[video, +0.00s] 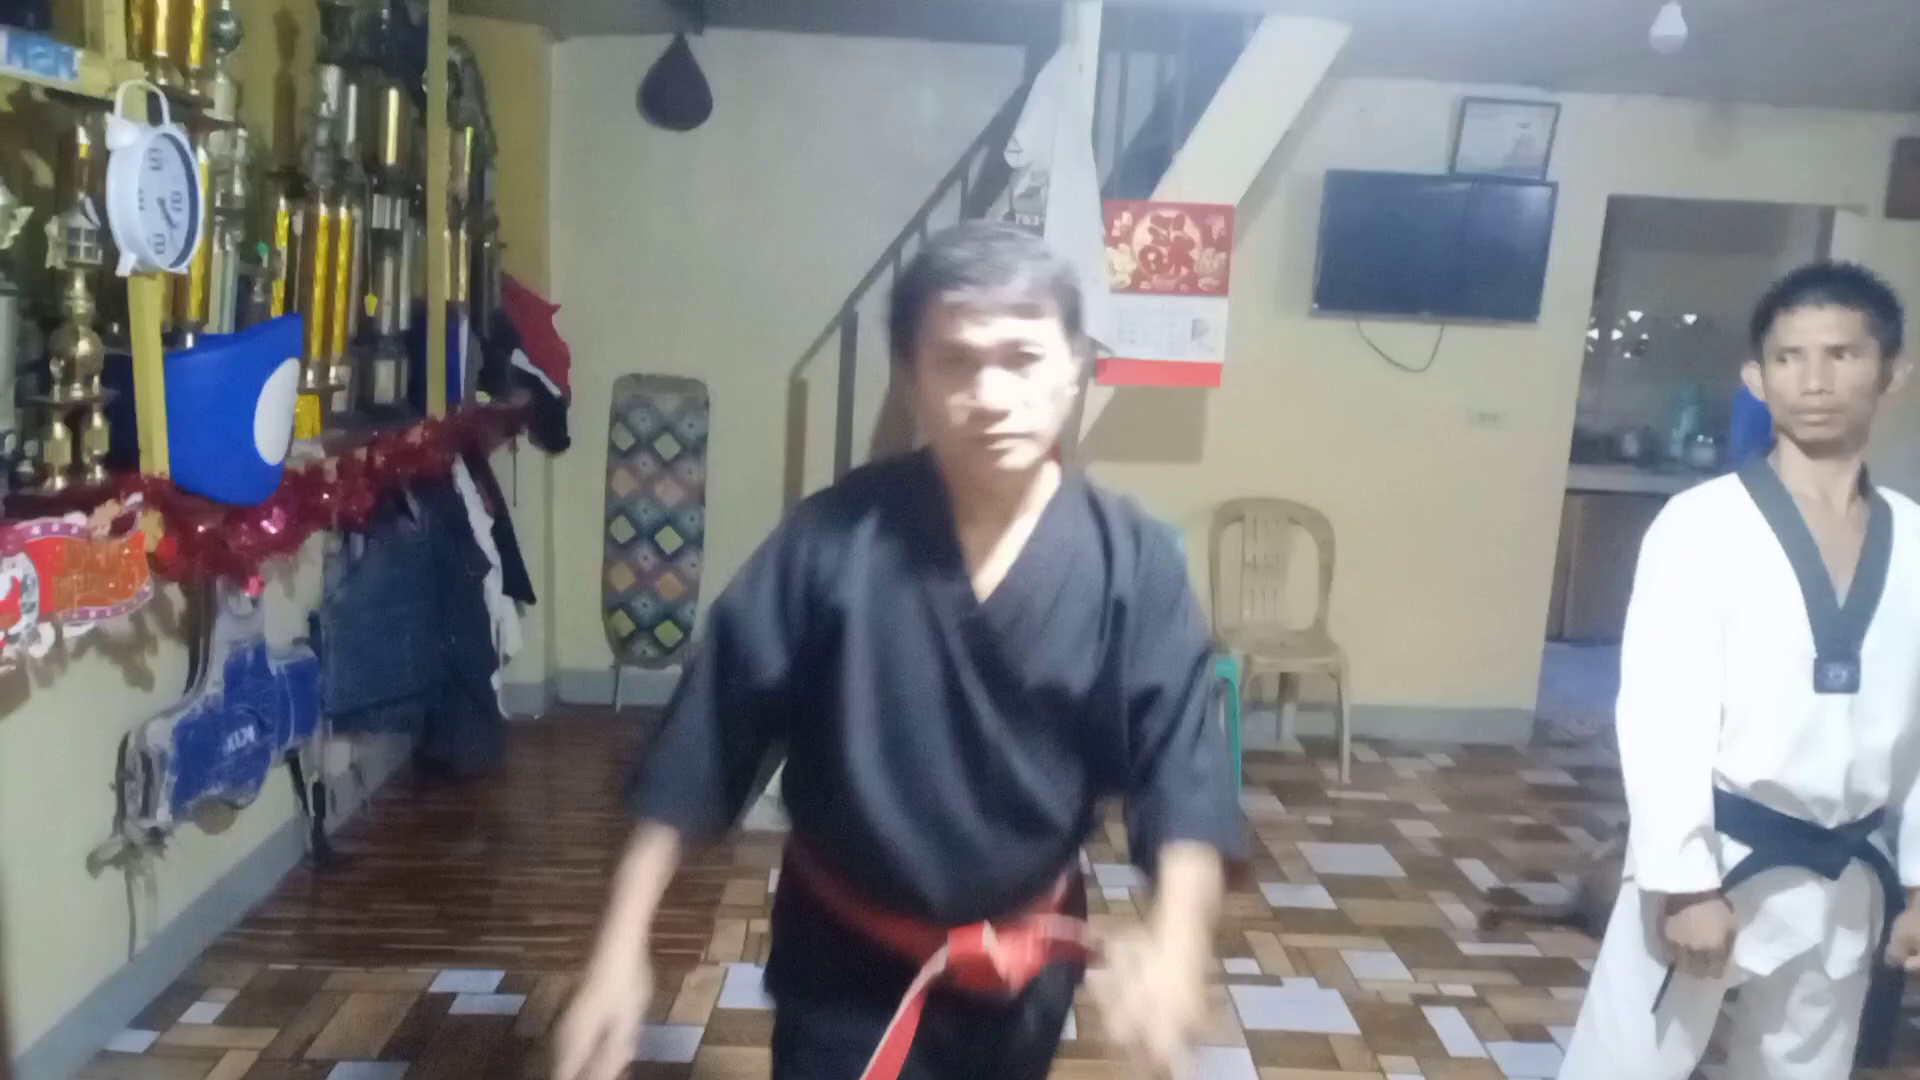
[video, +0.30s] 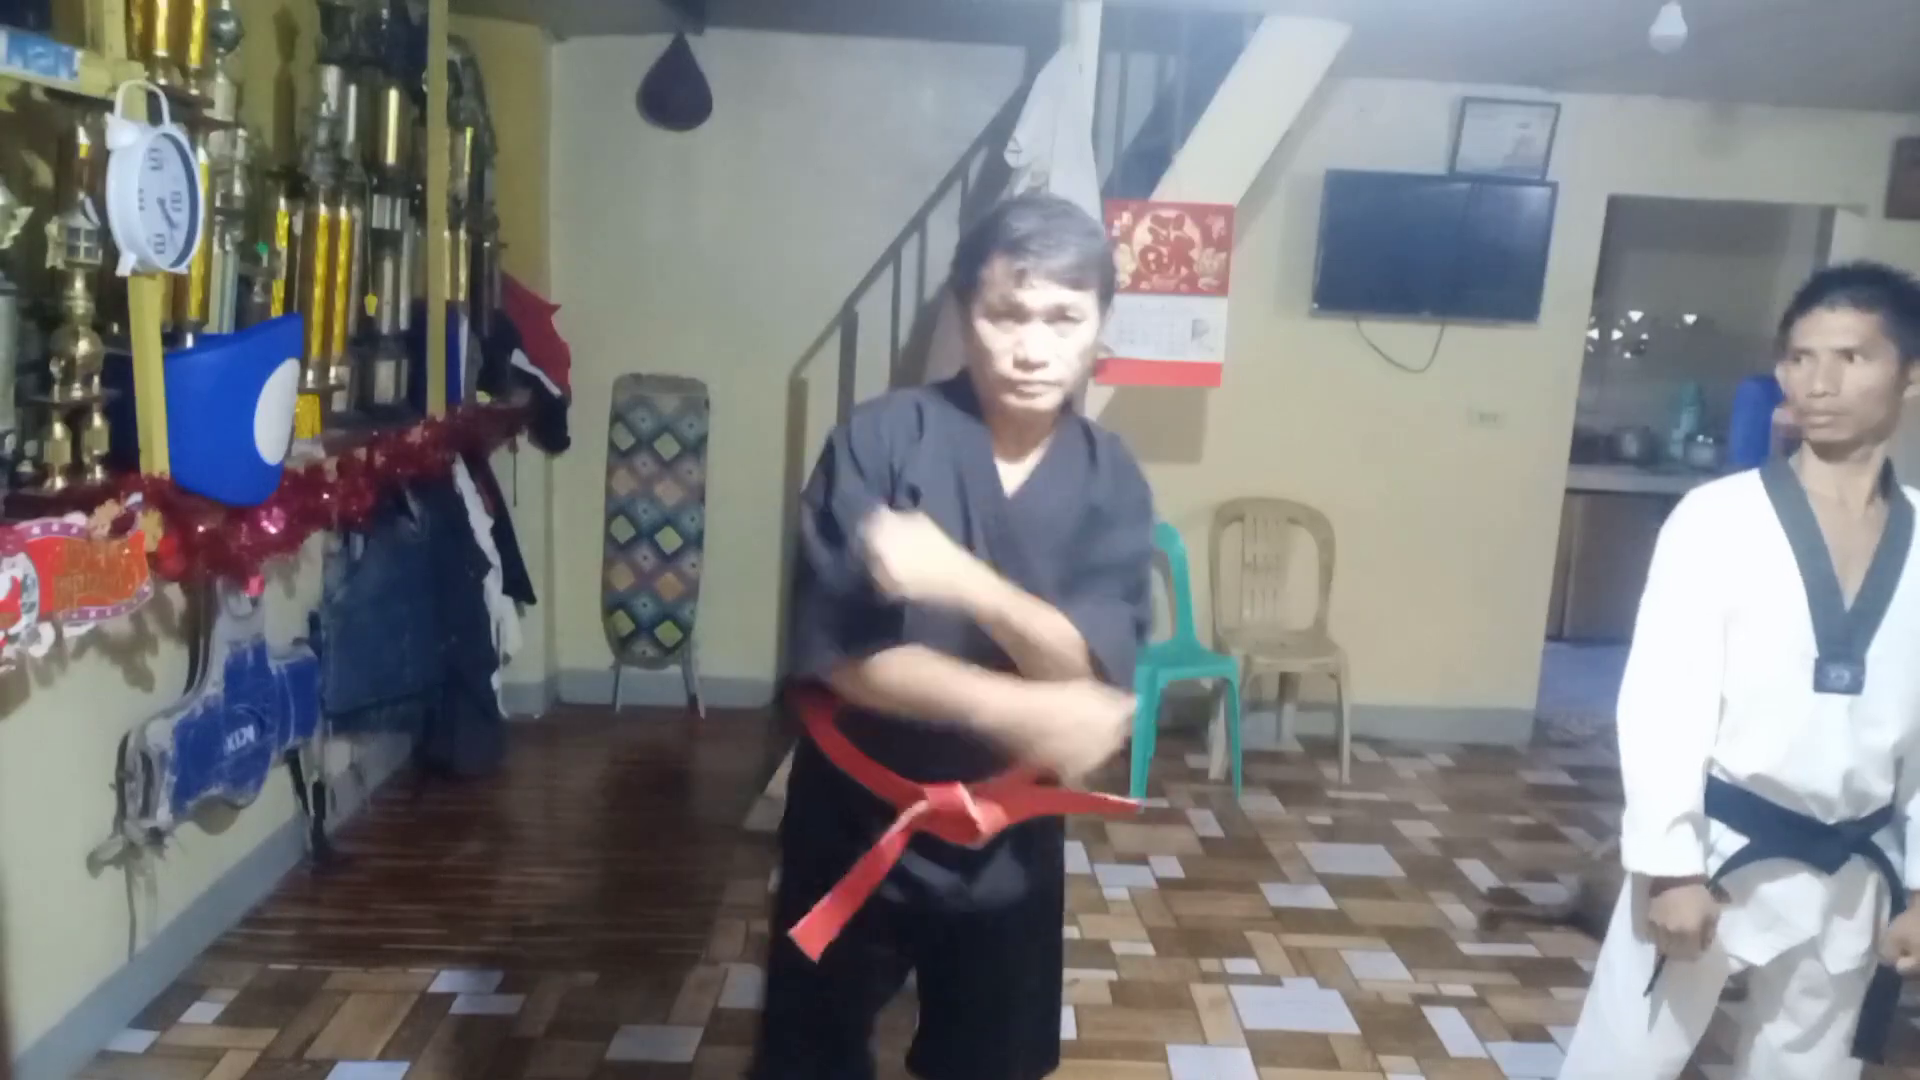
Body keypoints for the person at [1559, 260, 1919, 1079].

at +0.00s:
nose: (1814, 379)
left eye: (1842, 353)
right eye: (1789, 356)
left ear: (1889, 377)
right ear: (1756, 378)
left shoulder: (1913, 536)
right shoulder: (1698, 526)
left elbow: (1913, 730)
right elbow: (1658, 711)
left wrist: (1917, 886)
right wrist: (1685, 883)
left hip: (1846, 891)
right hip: (1705, 874)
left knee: (1808, 1068)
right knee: (1626, 1068)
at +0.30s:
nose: (1817, 382)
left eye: (1852, 357)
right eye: (1800, 357)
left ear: (1910, 380)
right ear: (1780, 373)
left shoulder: (1918, 538)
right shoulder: (1715, 519)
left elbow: (1913, 734)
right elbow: (1660, 701)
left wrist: (1917, 889)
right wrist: (1672, 869)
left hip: (1850, 886)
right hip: (1708, 863)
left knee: (1804, 1070)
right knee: (1620, 1067)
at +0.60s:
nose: (1840, 385)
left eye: (1873, 361)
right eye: (1828, 359)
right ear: (1810, 369)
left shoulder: (1914, 536)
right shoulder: (1738, 509)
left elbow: (1908, 728)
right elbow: (1672, 689)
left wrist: (1903, 821)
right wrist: (1724, 843)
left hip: (1847, 862)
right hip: (1706, 834)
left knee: (1806, 1068)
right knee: (1634, 1060)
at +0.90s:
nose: (1766, 390)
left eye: (1794, 364)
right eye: (1740, 362)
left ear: (1833, 386)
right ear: (1699, 379)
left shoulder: (1853, 552)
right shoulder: (1632, 520)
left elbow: (1894, 695)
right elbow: (1592, 698)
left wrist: (1860, 768)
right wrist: (1727, 822)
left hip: (1763, 888)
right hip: (1613, 865)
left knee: (1746, 1069)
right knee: (1508, 1061)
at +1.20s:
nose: (1629, 384)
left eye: (1652, 359)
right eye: (1604, 358)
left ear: (1686, 371)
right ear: (1560, 369)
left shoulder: (1719, 528)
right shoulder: (1500, 516)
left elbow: (1758, 695)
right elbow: (1453, 698)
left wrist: (1775, 842)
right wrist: (1492, 858)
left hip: (1666, 859)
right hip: (1520, 847)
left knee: (1649, 1067)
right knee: (1436, 1061)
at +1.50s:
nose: (1652, 380)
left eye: (1673, 354)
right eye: (1625, 356)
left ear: (1705, 368)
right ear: (1579, 373)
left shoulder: (1750, 528)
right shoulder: (1527, 523)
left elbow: (1790, 702)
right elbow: (1489, 706)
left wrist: (1820, 862)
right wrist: (1520, 869)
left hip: (1692, 868)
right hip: (1548, 857)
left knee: (1664, 1069)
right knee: (1466, 1066)